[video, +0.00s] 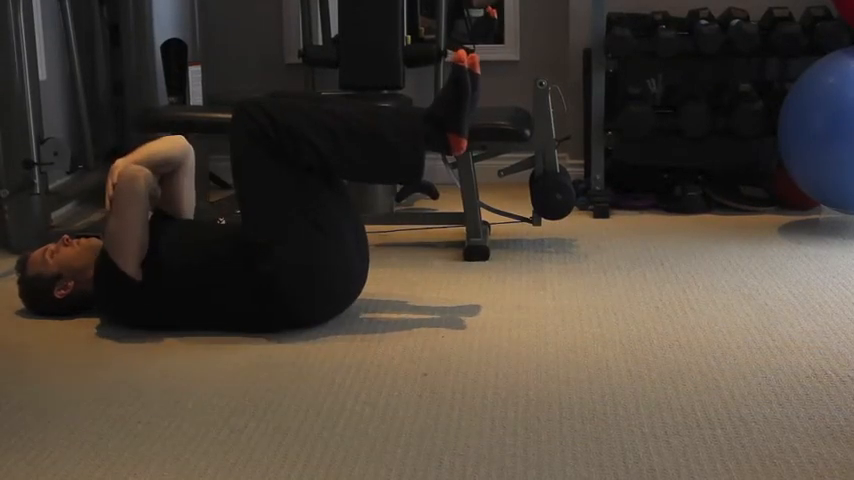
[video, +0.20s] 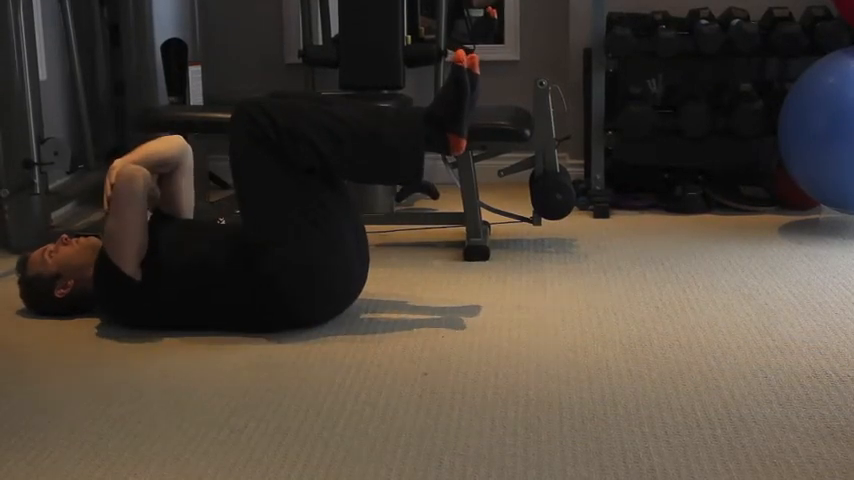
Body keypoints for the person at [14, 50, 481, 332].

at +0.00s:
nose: (67, 237)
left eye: (56, 238)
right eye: (54, 251)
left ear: (75, 238)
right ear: (67, 288)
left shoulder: (151, 253)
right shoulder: (119, 292)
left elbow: (179, 151)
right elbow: (129, 176)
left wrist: (122, 176)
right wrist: (127, 179)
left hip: (320, 265)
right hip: (299, 284)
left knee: (268, 118)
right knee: (259, 121)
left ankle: (428, 127)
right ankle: (430, 135)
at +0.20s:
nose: (68, 235)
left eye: (56, 236)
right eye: (54, 249)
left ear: (76, 239)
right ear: (67, 287)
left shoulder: (154, 252)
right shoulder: (120, 292)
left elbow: (177, 149)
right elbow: (128, 177)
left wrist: (122, 174)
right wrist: (127, 176)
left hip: (319, 265)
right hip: (297, 284)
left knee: (268, 118)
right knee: (259, 122)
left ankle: (428, 126)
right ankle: (429, 133)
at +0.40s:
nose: (57, 234)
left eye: (46, 239)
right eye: (48, 248)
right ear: (68, 280)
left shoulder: (153, 253)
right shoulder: (121, 288)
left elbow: (173, 147)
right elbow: (127, 175)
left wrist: (119, 175)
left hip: (321, 265)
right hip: (298, 282)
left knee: (255, 124)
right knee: (245, 128)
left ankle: (415, 115)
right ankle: (415, 126)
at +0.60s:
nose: (57, 231)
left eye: (47, 239)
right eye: (53, 245)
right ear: (73, 277)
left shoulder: (159, 249)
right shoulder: (121, 279)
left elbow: (176, 158)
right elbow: (133, 164)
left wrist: (131, 160)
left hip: (327, 253)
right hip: (295, 272)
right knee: (201, 138)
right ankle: (360, 108)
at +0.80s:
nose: (54, 241)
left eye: (46, 246)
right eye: (51, 251)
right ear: (72, 276)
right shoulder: (120, 284)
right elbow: (130, 165)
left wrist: (135, 163)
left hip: (325, 237)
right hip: (293, 256)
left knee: (161, 129)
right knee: (156, 135)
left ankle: (322, 65)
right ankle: (320, 67)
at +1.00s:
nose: (50, 242)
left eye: (42, 248)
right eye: (48, 253)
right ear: (70, 277)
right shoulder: (118, 285)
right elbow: (122, 170)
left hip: (323, 235)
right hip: (291, 257)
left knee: (158, 127)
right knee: (158, 140)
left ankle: (319, 67)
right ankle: (315, 70)